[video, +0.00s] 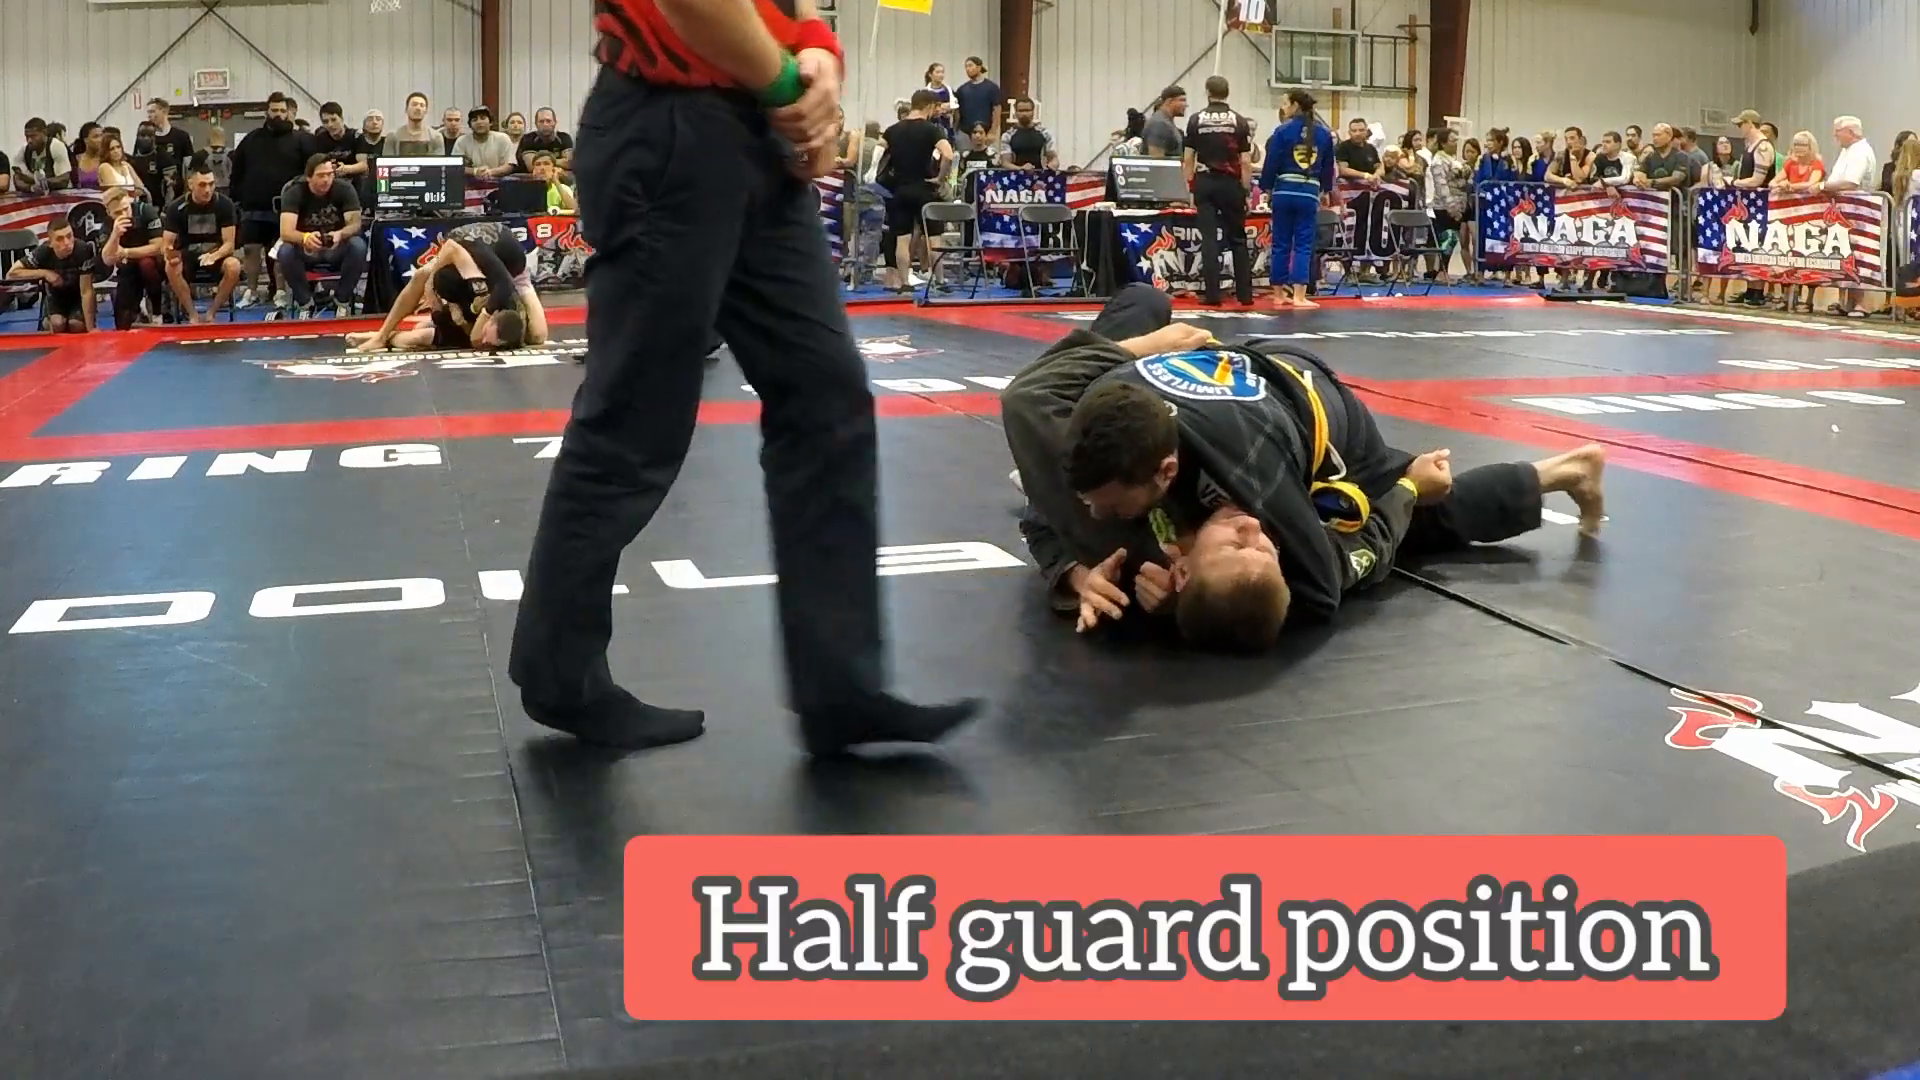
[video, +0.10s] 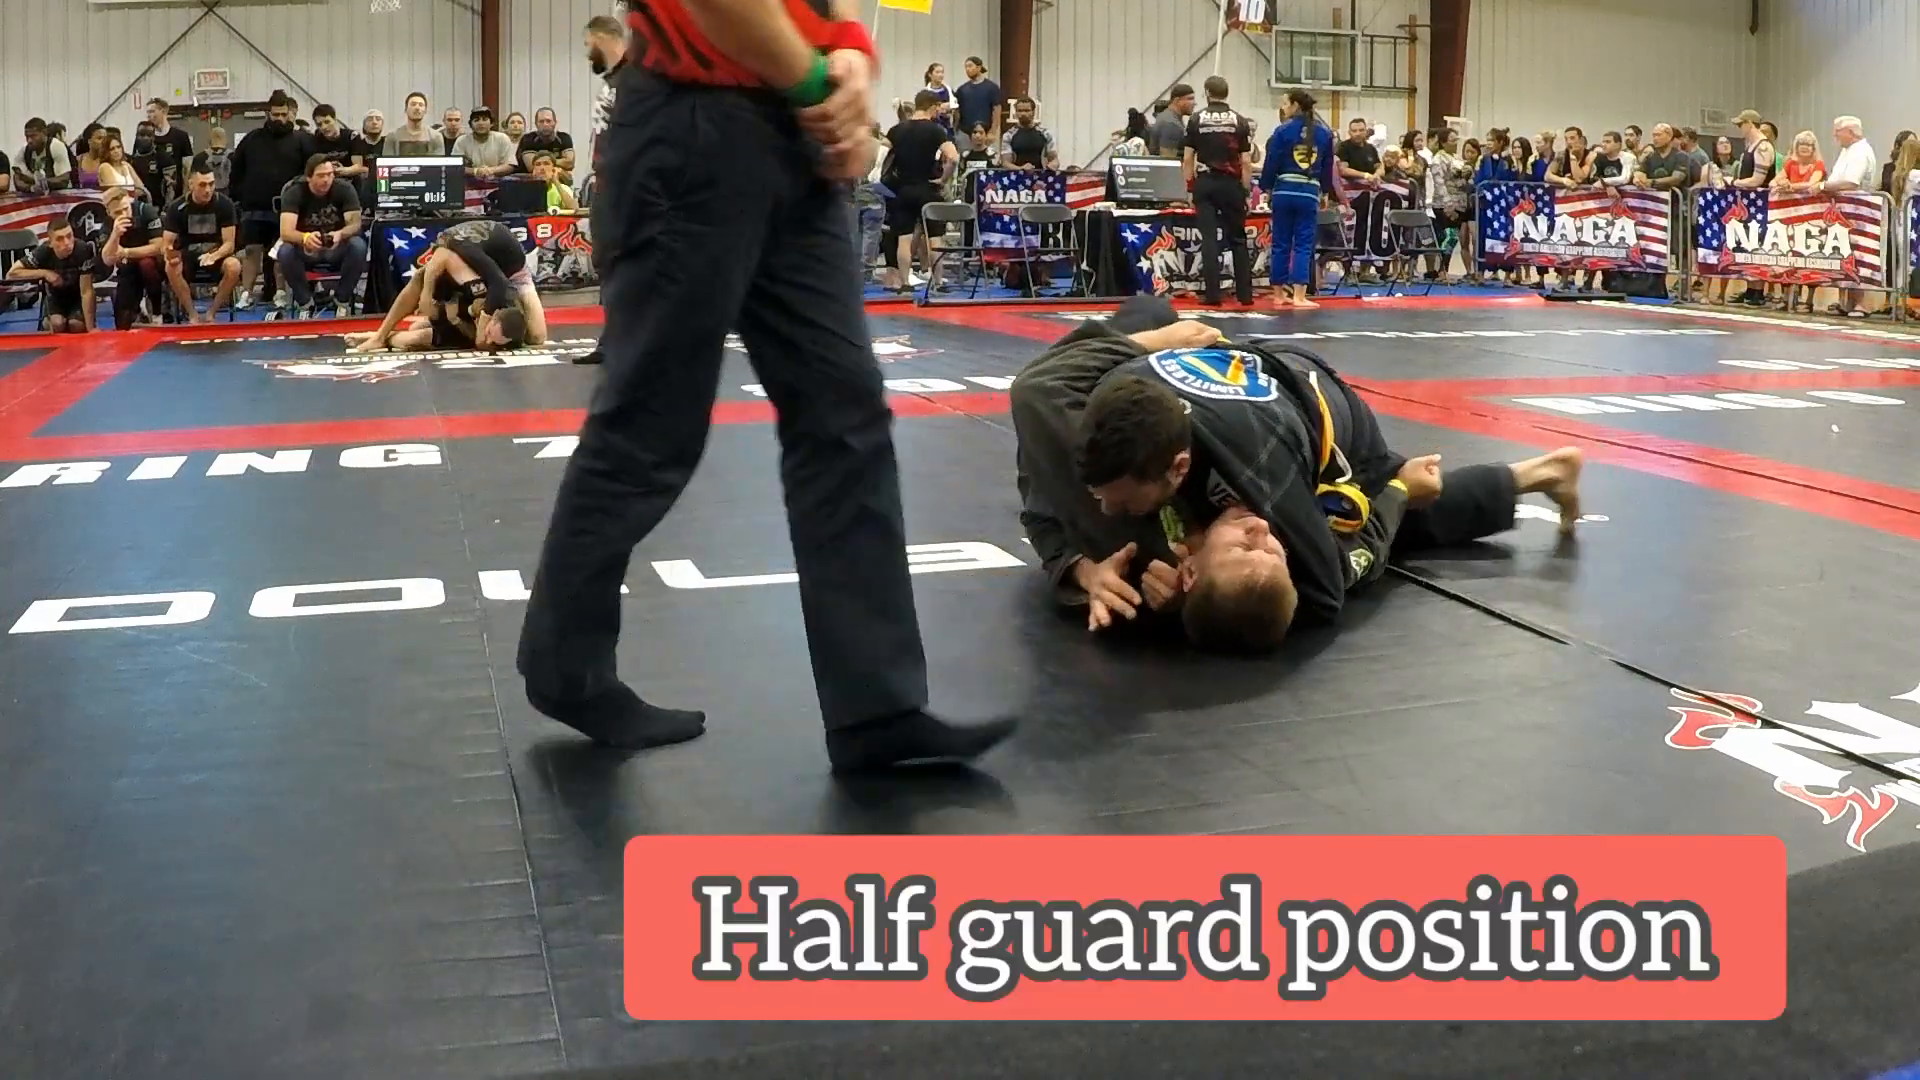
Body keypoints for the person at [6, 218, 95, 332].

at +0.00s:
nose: (67, 243)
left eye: (69, 237)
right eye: (60, 239)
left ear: (73, 235)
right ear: (50, 241)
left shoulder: (83, 250)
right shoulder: (44, 251)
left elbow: (86, 291)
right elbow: (12, 273)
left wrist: (91, 328)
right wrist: (44, 273)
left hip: (78, 293)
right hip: (56, 293)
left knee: (76, 325)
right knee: (58, 323)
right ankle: (46, 323)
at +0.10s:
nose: (67, 243)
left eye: (69, 236)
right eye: (60, 239)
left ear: (73, 234)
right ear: (50, 241)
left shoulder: (83, 250)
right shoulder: (44, 252)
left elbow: (86, 291)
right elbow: (12, 273)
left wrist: (91, 328)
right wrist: (44, 273)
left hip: (78, 293)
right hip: (55, 294)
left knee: (76, 325)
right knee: (58, 323)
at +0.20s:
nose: (67, 243)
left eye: (69, 236)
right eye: (60, 239)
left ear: (73, 234)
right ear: (50, 241)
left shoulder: (83, 250)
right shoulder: (44, 251)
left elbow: (87, 291)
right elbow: (12, 273)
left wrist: (91, 328)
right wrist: (44, 273)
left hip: (78, 294)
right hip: (55, 294)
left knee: (76, 325)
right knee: (58, 323)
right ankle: (46, 323)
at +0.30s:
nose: (67, 243)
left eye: (69, 237)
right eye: (60, 239)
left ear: (73, 235)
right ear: (50, 241)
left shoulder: (83, 250)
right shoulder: (44, 251)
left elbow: (86, 291)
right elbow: (12, 274)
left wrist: (91, 328)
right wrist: (44, 273)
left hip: (77, 292)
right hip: (55, 292)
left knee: (76, 324)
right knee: (58, 323)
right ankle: (46, 323)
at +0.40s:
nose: (67, 243)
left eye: (69, 237)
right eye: (60, 239)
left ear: (73, 235)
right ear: (50, 241)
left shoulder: (83, 250)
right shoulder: (44, 251)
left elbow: (86, 291)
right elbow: (12, 274)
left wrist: (91, 328)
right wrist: (44, 273)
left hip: (78, 294)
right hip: (55, 294)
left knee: (76, 325)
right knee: (58, 323)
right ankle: (46, 323)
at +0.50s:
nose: (67, 243)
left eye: (69, 237)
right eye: (60, 239)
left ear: (73, 235)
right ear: (50, 241)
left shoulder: (83, 250)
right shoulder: (44, 251)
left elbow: (86, 291)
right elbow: (12, 274)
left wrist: (91, 327)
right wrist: (44, 273)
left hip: (78, 293)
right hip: (55, 294)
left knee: (76, 324)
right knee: (58, 323)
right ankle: (46, 323)